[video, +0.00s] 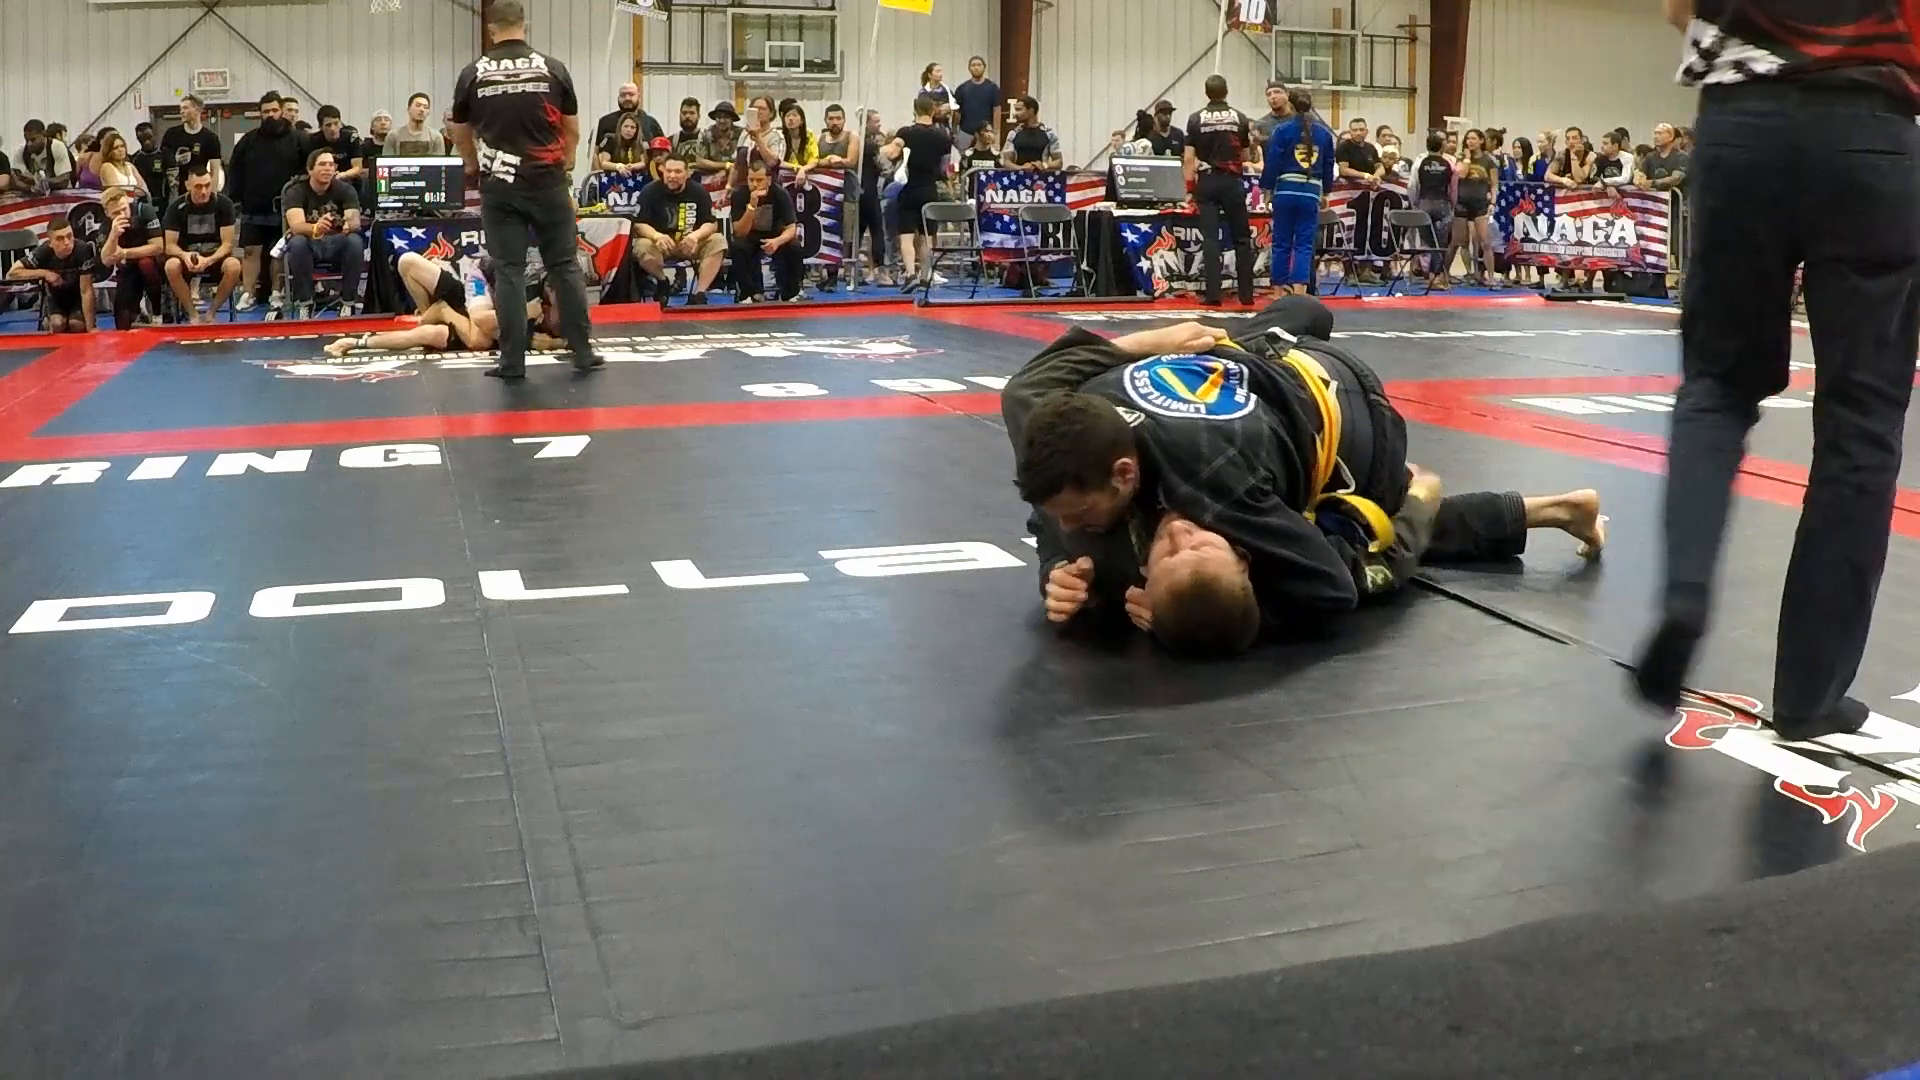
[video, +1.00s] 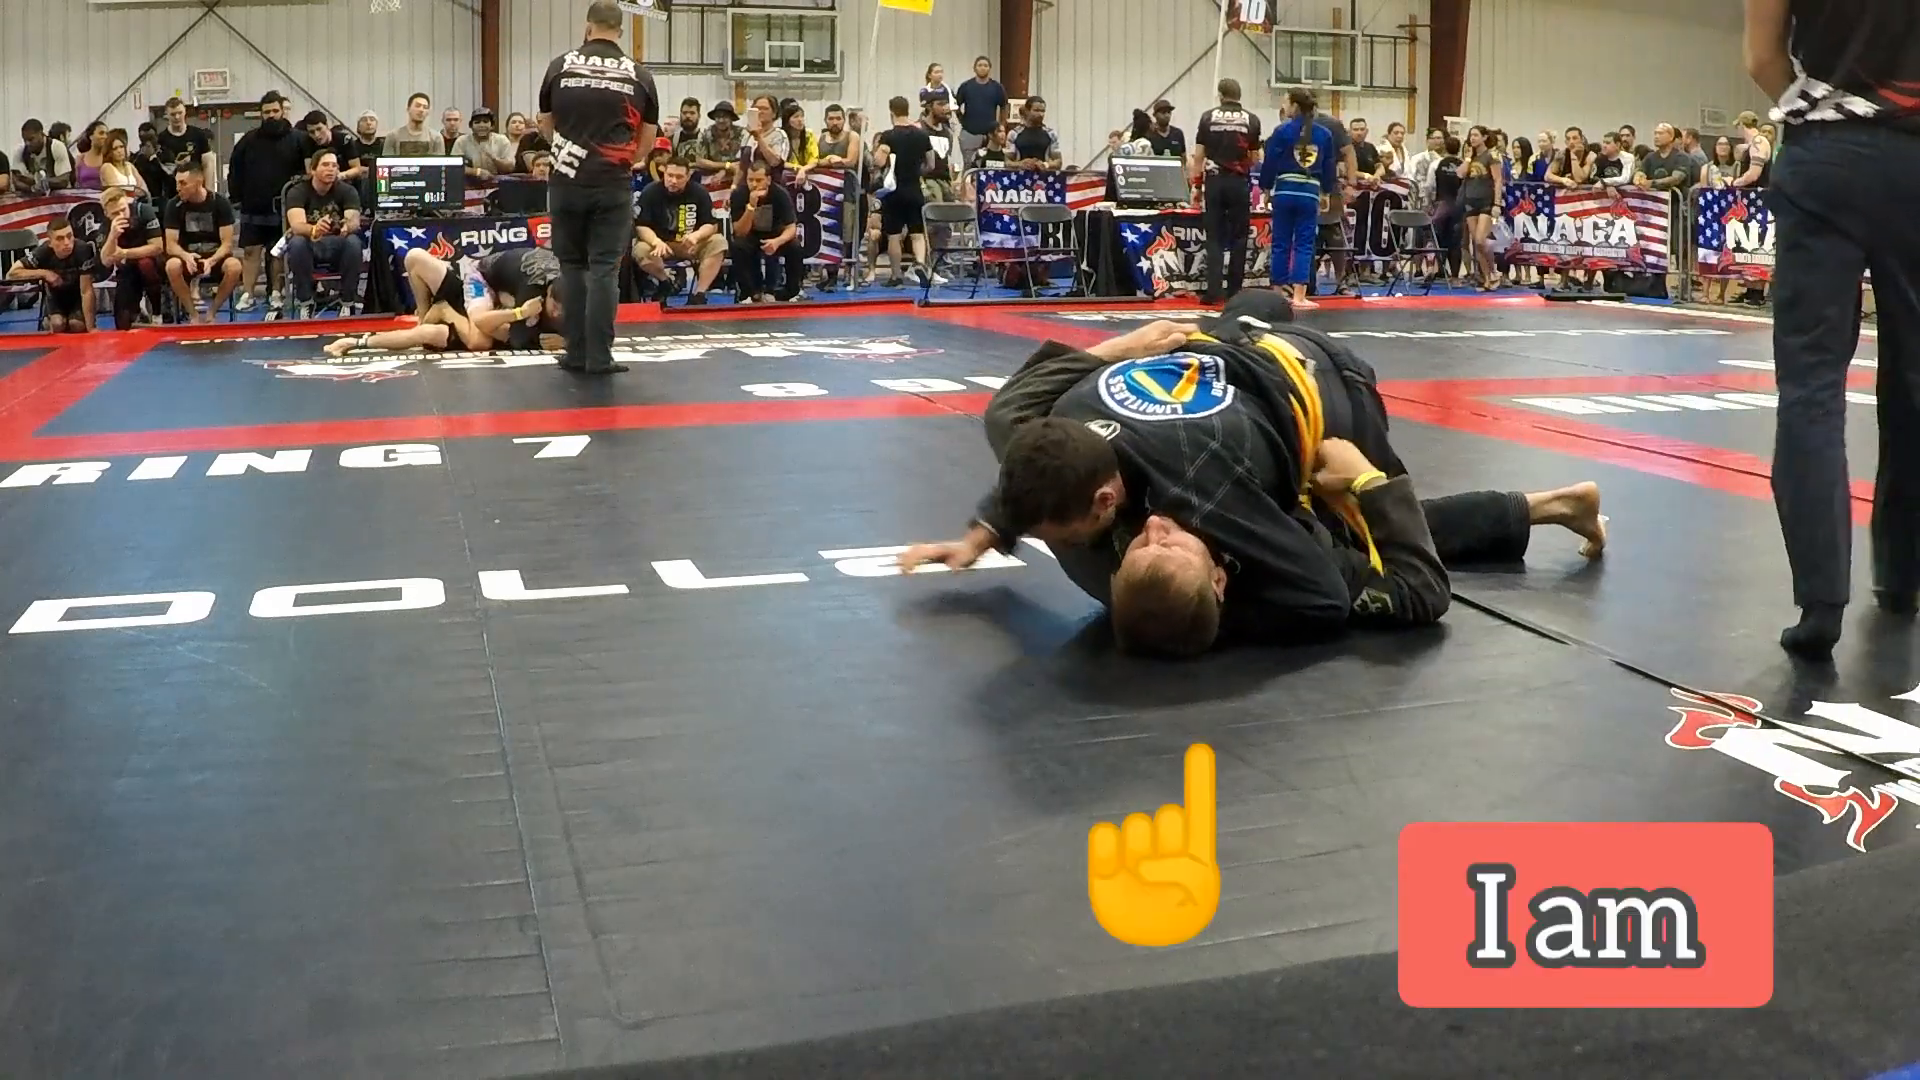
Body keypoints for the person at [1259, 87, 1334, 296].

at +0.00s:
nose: (1284, 106)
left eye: (1287, 103)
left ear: (1291, 105)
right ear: (1310, 106)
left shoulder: (1282, 129)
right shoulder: (1324, 132)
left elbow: (1272, 161)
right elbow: (1328, 166)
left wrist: (1266, 187)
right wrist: (1326, 191)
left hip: (1285, 191)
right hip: (1311, 193)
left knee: (1281, 241)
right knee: (1305, 242)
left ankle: (1279, 288)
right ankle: (1300, 288)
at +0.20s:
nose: (1284, 105)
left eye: (1286, 102)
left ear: (1289, 105)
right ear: (1309, 105)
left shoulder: (1280, 131)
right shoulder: (1323, 132)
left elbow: (1270, 163)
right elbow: (1328, 165)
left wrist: (1266, 188)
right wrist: (1327, 191)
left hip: (1284, 192)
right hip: (1311, 194)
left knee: (1281, 243)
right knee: (1305, 244)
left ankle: (1279, 294)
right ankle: (1299, 294)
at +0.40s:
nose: (1284, 106)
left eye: (1285, 103)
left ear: (1289, 106)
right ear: (1308, 106)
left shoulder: (1280, 130)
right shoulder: (1323, 132)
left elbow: (1269, 162)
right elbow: (1329, 165)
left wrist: (1266, 188)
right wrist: (1329, 192)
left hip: (1284, 192)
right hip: (1310, 194)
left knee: (1281, 243)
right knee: (1304, 244)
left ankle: (1278, 292)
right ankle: (1299, 294)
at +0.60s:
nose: (1282, 105)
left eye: (1285, 102)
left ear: (1290, 105)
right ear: (1308, 106)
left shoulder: (1281, 130)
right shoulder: (1323, 132)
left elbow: (1270, 159)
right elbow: (1329, 165)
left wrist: (1265, 186)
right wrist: (1329, 191)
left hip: (1284, 192)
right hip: (1310, 194)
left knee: (1281, 242)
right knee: (1305, 244)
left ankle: (1278, 291)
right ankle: (1300, 295)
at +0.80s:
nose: (1284, 106)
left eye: (1286, 102)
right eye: (1286, 102)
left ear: (1290, 106)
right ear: (1308, 106)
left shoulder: (1278, 130)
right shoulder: (1322, 132)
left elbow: (1269, 162)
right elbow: (1328, 165)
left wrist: (1265, 188)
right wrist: (1328, 191)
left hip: (1283, 191)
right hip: (1310, 193)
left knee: (1281, 242)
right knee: (1305, 245)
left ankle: (1278, 292)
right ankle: (1299, 296)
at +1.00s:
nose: (1284, 107)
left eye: (1286, 103)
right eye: (1285, 103)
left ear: (1295, 106)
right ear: (1309, 107)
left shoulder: (1282, 130)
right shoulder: (1324, 134)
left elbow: (1270, 161)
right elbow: (1329, 167)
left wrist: (1265, 186)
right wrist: (1326, 191)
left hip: (1284, 191)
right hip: (1310, 194)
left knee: (1280, 242)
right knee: (1305, 244)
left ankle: (1278, 292)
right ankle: (1299, 296)